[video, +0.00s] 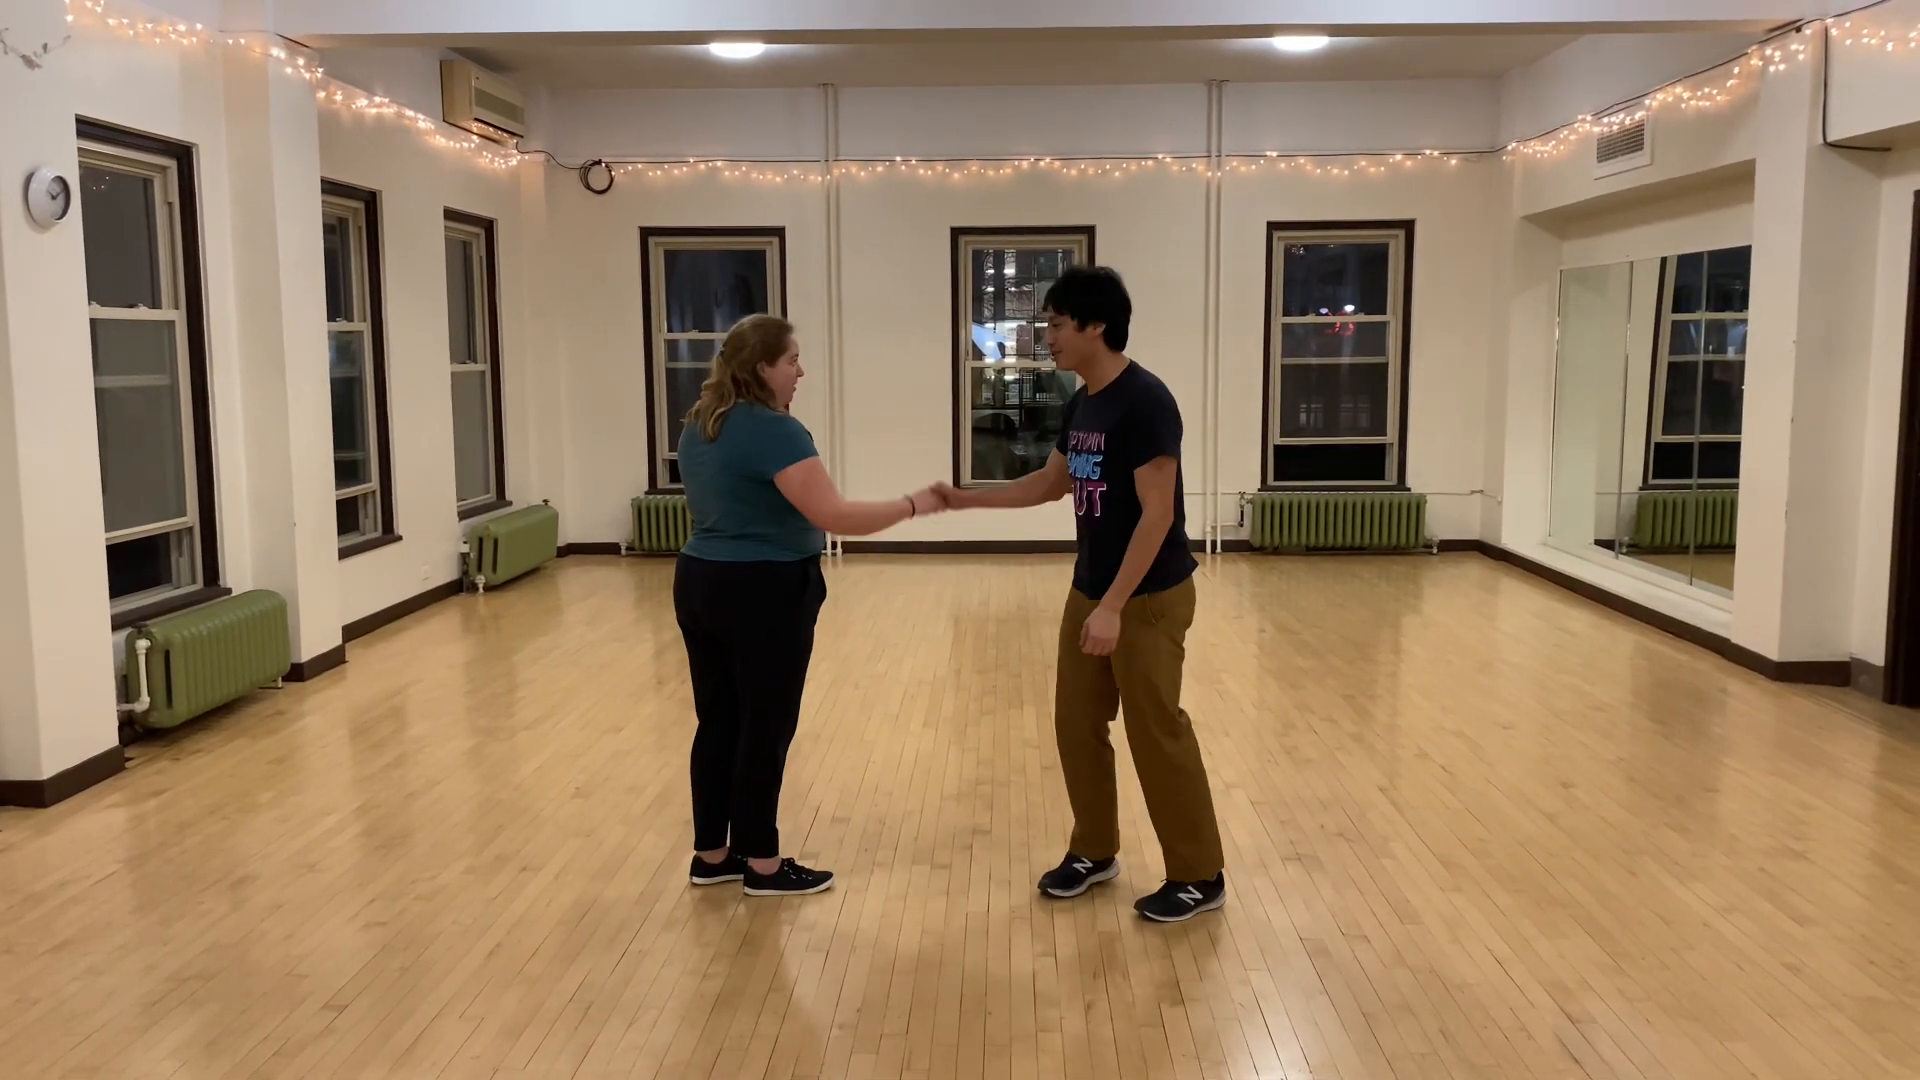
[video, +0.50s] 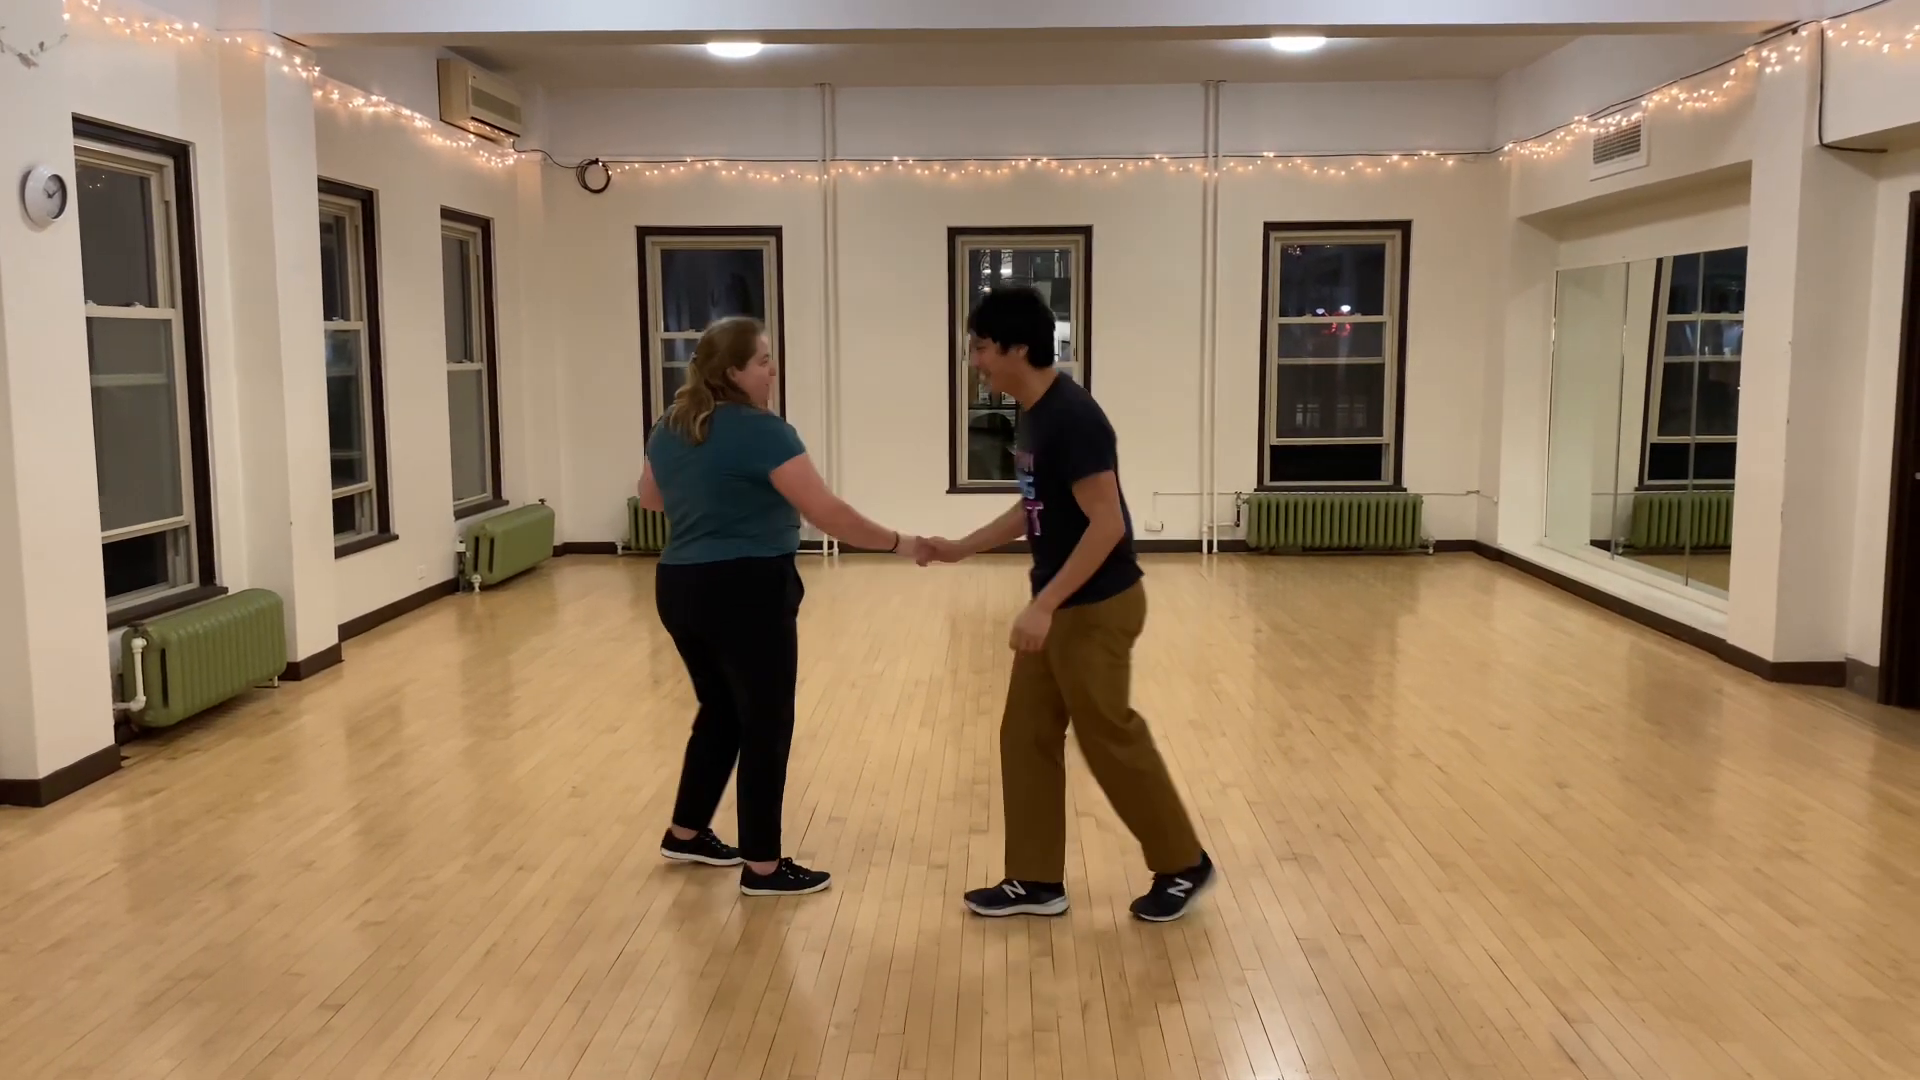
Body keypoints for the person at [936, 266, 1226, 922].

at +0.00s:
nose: (1048, 338)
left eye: (1058, 326)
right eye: (1049, 326)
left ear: (1096, 330)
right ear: (1083, 332)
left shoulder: (1147, 402)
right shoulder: (1083, 405)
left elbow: (1160, 514)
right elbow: (1048, 484)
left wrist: (1111, 604)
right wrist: (964, 497)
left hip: (1151, 596)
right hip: (1091, 592)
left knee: (1157, 732)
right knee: (1078, 727)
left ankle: (1199, 877)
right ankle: (1094, 853)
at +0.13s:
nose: (1039, 345)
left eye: (1047, 332)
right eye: (1038, 332)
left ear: (1087, 332)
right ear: (1080, 336)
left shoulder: (1138, 405)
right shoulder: (1085, 406)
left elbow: (1145, 519)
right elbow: (1057, 478)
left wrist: (1092, 606)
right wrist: (972, 481)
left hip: (1150, 595)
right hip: (1095, 591)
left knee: (1157, 728)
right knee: (1066, 719)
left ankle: (1199, 876)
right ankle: (1087, 857)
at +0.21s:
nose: (1029, 354)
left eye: (1037, 340)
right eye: (1028, 341)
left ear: (1077, 340)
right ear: (1072, 341)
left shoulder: (1127, 410)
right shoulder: (1085, 409)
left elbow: (1135, 528)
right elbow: (1057, 483)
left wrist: (1080, 613)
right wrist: (970, 483)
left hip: (1147, 599)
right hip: (1095, 595)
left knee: (1155, 731)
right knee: (1061, 721)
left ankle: (1199, 877)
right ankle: (1071, 865)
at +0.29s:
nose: (1018, 367)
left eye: (1025, 354)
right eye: (1017, 354)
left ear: (1061, 352)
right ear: (1058, 352)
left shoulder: (1114, 418)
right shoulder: (1081, 416)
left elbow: (1123, 537)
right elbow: (1051, 497)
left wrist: (1068, 624)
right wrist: (968, 501)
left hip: (1139, 603)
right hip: (1092, 599)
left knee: (1148, 735)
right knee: (1052, 729)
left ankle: (1199, 877)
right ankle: (1049, 874)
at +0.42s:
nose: (992, 372)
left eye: (998, 359)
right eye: (991, 359)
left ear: (1033, 358)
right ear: (1036, 359)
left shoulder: (1090, 423)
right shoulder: (1056, 421)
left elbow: (1113, 536)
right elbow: (1050, 506)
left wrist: (1054, 618)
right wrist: (973, 536)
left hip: (1118, 608)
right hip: (1072, 607)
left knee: (1133, 741)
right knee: (1035, 739)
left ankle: (1196, 875)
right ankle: (1037, 883)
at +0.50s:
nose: (976, 362)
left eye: (981, 349)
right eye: (975, 349)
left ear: (1016, 350)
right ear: (1020, 350)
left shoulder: (1072, 416)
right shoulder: (1033, 414)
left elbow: (1109, 523)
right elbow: (1035, 512)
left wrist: (1045, 602)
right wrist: (961, 548)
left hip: (1099, 604)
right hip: (1054, 602)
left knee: (1107, 734)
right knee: (1028, 737)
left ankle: (1184, 864)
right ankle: (1037, 880)